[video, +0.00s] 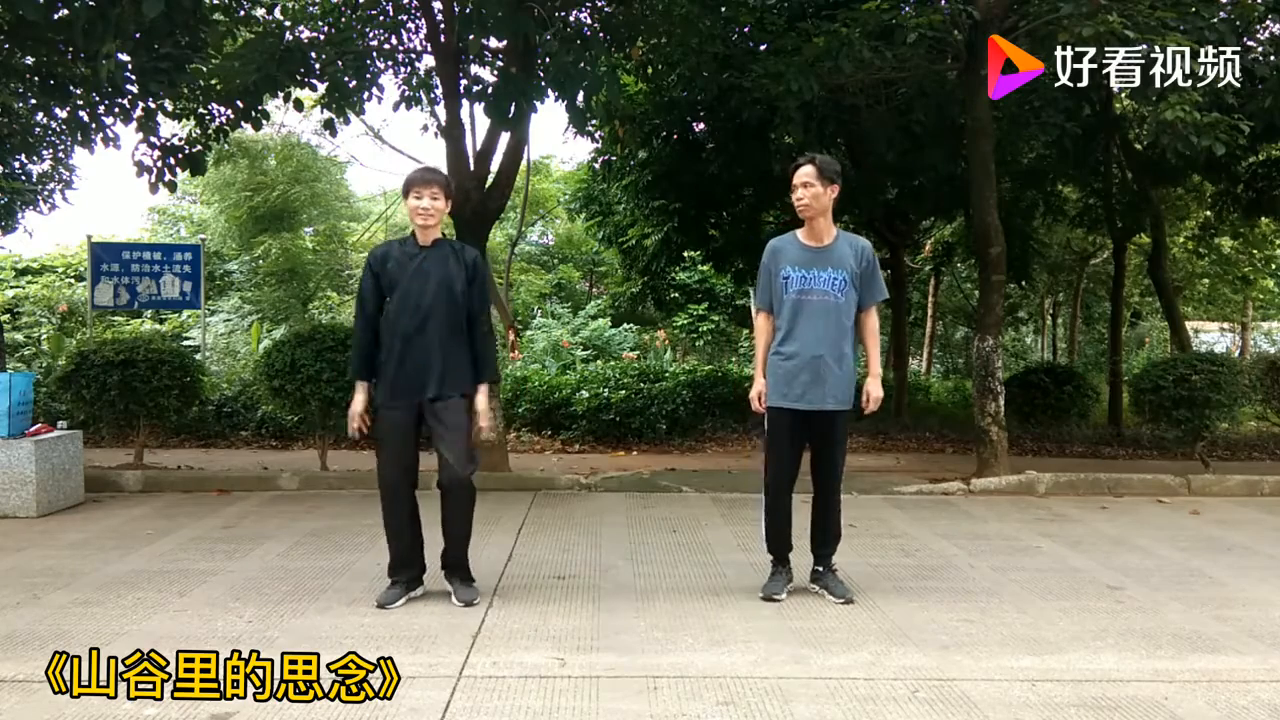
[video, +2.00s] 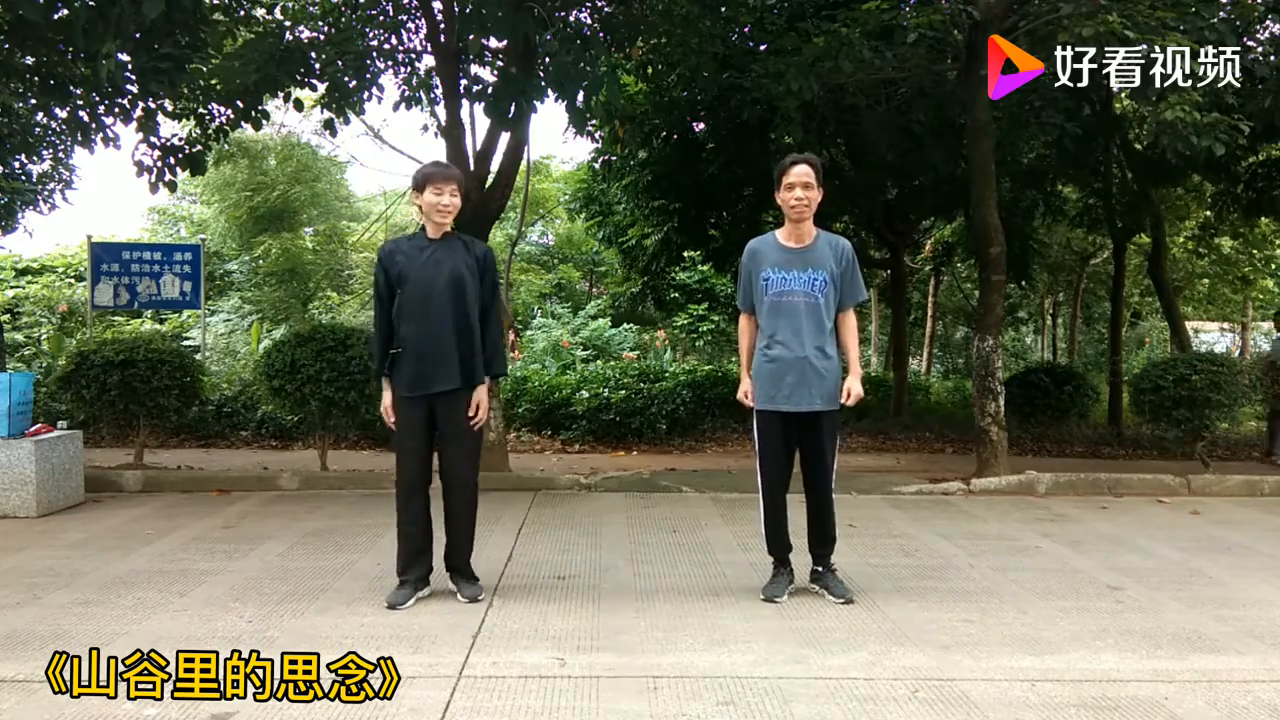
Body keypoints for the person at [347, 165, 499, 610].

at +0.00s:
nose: (426, 205)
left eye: (434, 198)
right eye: (417, 198)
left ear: (446, 205)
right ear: (405, 204)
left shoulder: (468, 260)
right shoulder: (382, 258)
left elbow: (481, 329)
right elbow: (365, 327)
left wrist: (483, 390)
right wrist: (360, 388)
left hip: (453, 389)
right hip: (393, 390)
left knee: (459, 475)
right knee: (394, 483)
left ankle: (458, 571)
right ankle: (405, 575)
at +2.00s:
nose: (447, 201)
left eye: (454, 194)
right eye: (438, 193)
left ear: (460, 200)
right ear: (418, 198)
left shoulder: (477, 253)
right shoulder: (393, 253)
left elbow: (491, 322)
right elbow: (383, 323)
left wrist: (485, 382)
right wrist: (385, 382)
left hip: (462, 384)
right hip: (408, 385)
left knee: (462, 482)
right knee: (411, 483)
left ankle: (462, 571)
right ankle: (413, 575)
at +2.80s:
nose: (435, 200)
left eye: (444, 193)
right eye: (427, 192)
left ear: (456, 199)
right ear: (415, 197)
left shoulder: (476, 252)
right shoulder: (394, 249)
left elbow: (489, 312)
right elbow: (369, 306)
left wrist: (488, 370)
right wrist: (392, 318)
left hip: (466, 352)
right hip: (414, 360)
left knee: (432, 373)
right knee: (428, 460)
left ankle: (434, 472)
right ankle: (439, 559)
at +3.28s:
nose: (441, 207)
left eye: (450, 199)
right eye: (433, 199)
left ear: (464, 204)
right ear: (424, 205)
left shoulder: (487, 255)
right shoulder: (409, 256)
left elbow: (504, 313)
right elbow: (394, 323)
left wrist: (465, 315)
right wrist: (385, 382)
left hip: (469, 369)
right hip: (421, 362)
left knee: (453, 464)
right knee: (389, 395)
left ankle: (452, 562)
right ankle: (409, 466)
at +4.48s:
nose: (382, 209)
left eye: (389, 200)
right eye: (378, 201)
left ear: (415, 198)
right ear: (379, 203)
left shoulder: (447, 247)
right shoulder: (384, 250)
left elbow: (473, 315)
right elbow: (381, 314)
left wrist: (473, 382)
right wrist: (378, 365)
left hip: (435, 377)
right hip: (390, 371)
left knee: (430, 474)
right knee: (335, 409)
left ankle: (446, 572)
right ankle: (383, 476)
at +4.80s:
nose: (334, 214)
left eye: (340, 205)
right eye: (330, 207)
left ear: (368, 202)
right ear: (334, 209)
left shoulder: (397, 250)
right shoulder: (339, 257)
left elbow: (418, 320)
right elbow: (345, 320)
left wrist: (422, 387)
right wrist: (331, 373)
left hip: (384, 384)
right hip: (337, 380)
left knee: (409, 468)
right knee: (280, 449)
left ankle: (448, 550)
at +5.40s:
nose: (257, 190)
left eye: (266, 181)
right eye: (248, 182)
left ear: (280, 186)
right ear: (235, 189)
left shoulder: (304, 241)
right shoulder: (219, 243)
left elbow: (355, 289)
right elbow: (189, 287)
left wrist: (336, 302)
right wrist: (152, 287)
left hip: (274, 372)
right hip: (227, 372)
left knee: (241, 450)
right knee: (225, 467)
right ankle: (245, 565)